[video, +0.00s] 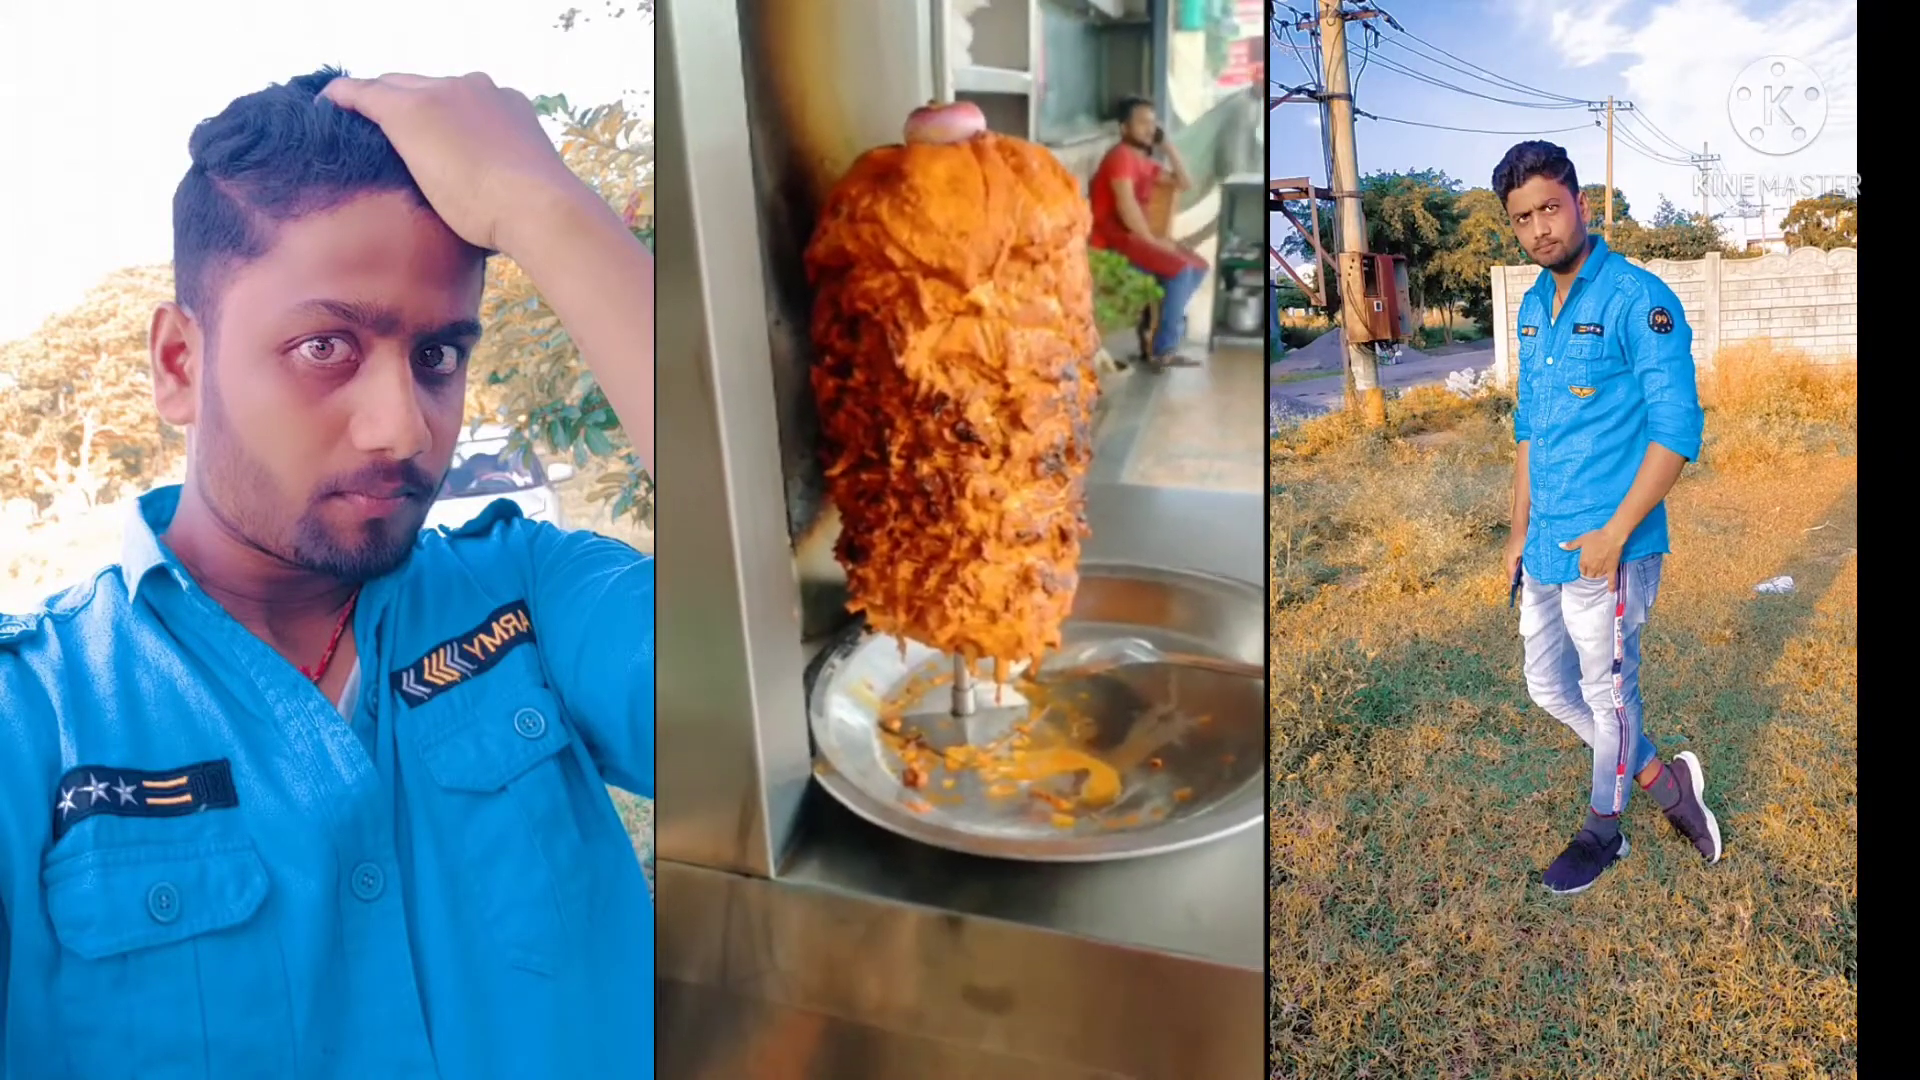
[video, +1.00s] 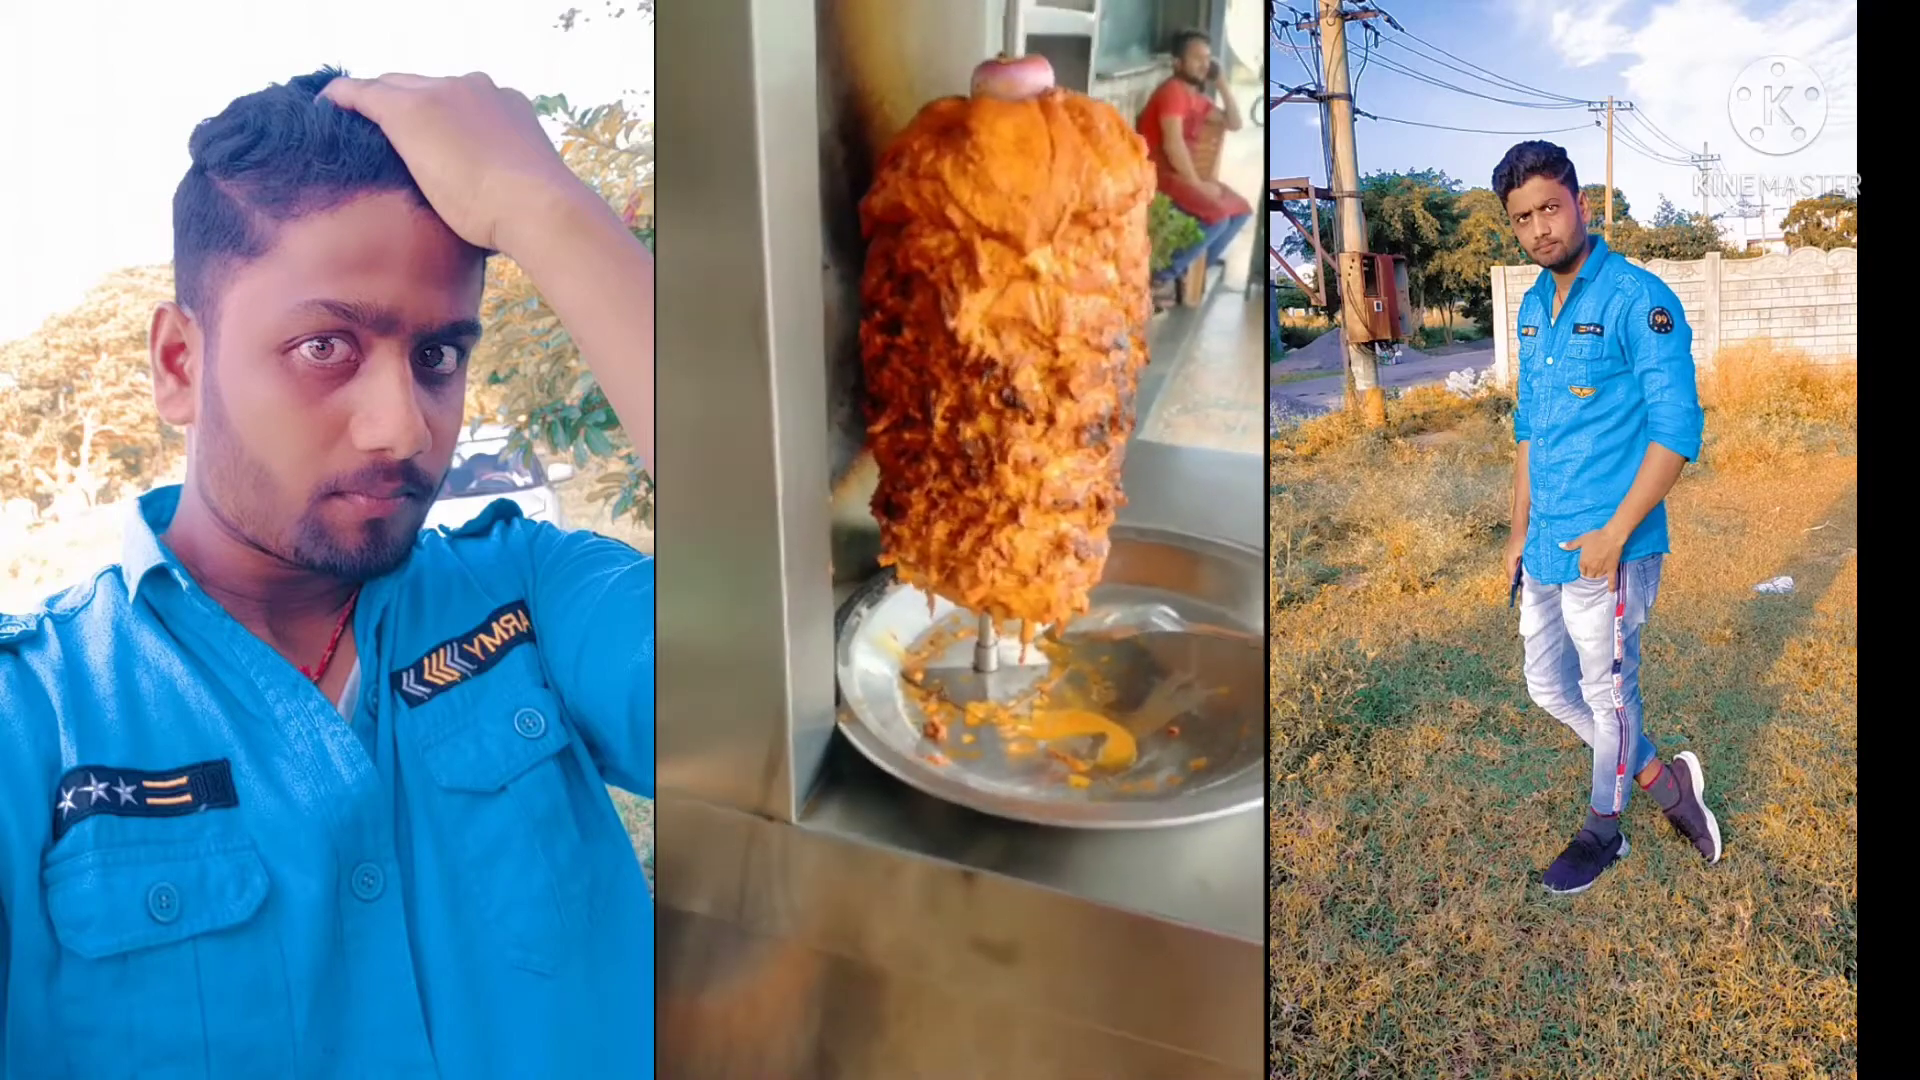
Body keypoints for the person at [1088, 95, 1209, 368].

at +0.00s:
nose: (1150, 129)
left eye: (1153, 122)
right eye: (1143, 122)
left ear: (1155, 127)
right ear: (1125, 127)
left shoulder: (1144, 160)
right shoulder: (1121, 156)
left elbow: (1183, 183)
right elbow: (1126, 207)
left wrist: (1167, 146)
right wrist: (1152, 242)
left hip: (1133, 234)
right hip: (1113, 237)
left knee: (1197, 268)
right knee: (1180, 272)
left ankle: (1154, 326)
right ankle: (1163, 350)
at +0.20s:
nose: (1150, 143)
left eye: (1153, 137)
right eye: (1143, 137)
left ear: (1156, 142)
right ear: (1124, 142)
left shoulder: (1144, 174)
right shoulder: (1121, 171)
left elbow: (1182, 197)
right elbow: (1125, 221)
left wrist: (1166, 160)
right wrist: (1151, 256)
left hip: (1134, 248)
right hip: (1112, 250)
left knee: (1195, 281)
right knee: (1173, 285)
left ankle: (1161, 340)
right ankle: (1128, 345)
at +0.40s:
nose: (1153, 146)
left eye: (1155, 140)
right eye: (1145, 140)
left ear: (1157, 146)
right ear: (1127, 146)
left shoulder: (1147, 179)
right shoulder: (1123, 174)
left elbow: (1184, 200)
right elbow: (1126, 222)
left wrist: (1170, 166)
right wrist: (1151, 259)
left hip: (1136, 251)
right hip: (1113, 253)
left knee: (1196, 284)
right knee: (1174, 290)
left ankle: (1158, 344)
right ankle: (1126, 351)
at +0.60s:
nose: (1163, 140)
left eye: (1166, 134)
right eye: (1156, 134)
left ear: (1168, 140)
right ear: (1137, 140)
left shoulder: (1157, 173)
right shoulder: (1133, 168)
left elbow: (1194, 196)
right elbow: (1136, 218)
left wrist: (1180, 159)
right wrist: (1161, 254)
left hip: (1146, 246)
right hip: (1123, 248)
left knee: (1206, 279)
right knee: (1182, 285)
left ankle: (1167, 340)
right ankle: (1134, 347)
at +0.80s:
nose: (1185, 84)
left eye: (1188, 79)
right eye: (1178, 78)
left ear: (1190, 83)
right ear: (1160, 82)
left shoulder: (1179, 117)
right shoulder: (1154, 112)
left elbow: (1215, 143)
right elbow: (1155, 162)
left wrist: (1202, 105)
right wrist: (1178, 202)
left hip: (1171, 193)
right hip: (1146, 194)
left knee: (1225, 229)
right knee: (1202, 236)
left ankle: (1183, 288)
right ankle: (1150, 295)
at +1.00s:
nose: (1204, 63)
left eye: (1207, 57)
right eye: (1197, 57)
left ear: (1209, 63)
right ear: (1178, 61)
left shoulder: (1195, 97)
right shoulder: (1173, 91)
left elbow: (1234, 123)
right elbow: (1172, 142)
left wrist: (1221, 83)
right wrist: (1196, 184)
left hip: (1180, 174)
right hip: (1157, 174)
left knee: (1241, 210)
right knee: (1217, 217)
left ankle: (1190, 270)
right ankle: (1163, 276)